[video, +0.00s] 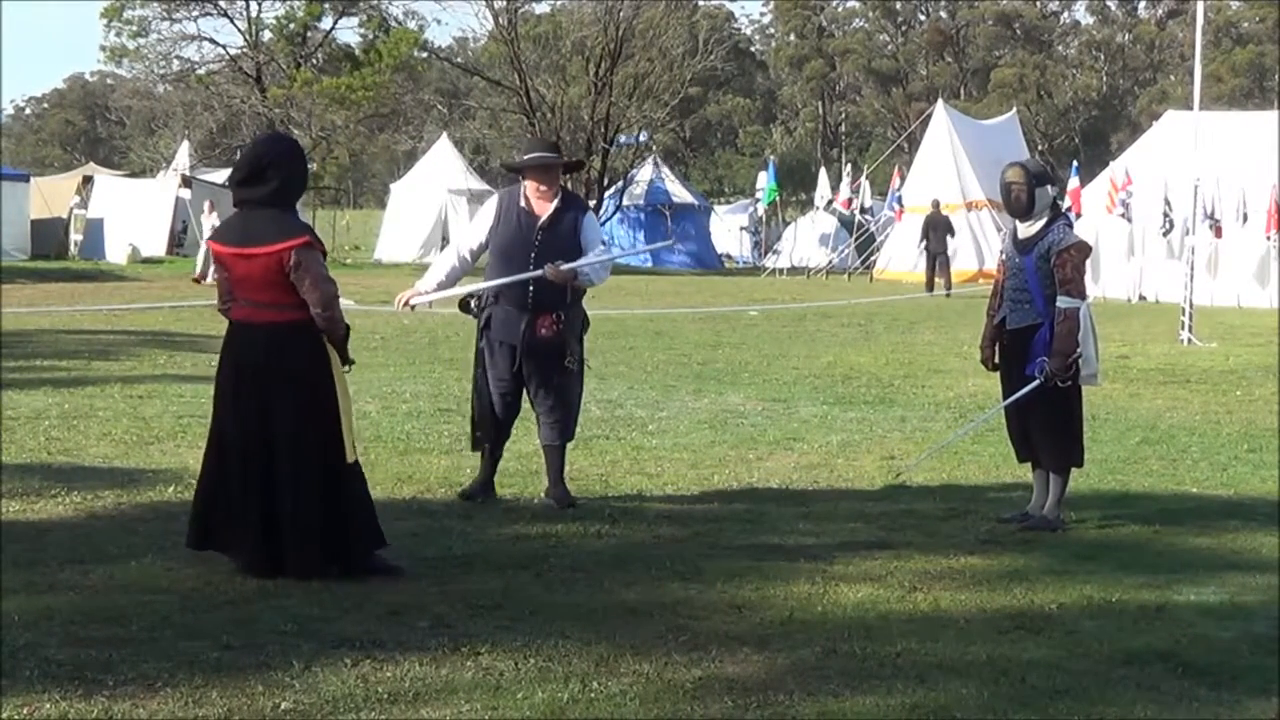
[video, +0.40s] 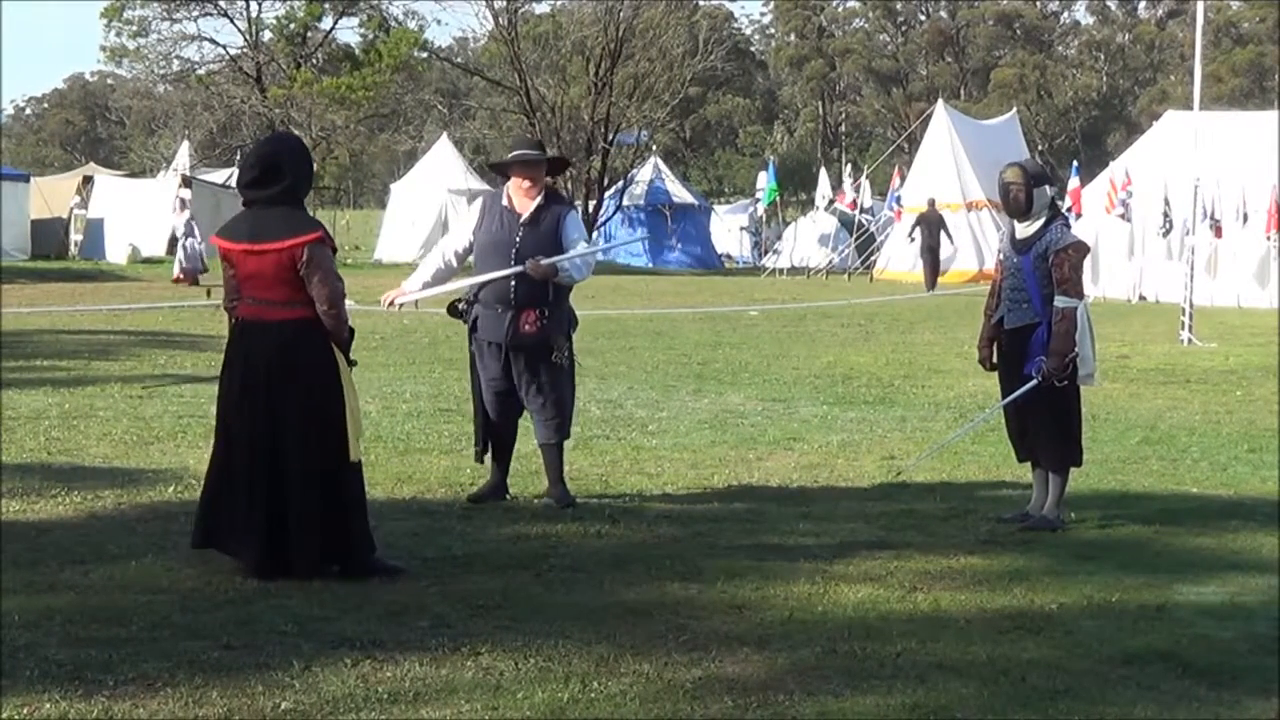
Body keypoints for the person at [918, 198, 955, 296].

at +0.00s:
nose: (933, 208)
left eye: (933, 206)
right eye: (936, 205)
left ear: (931, 206)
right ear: (939, 206)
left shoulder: (928, 217)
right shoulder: (945, 218)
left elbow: (924, 232)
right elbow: (952, 232)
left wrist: (921, 241)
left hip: (931, 247)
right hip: (942, 248)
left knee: (930, 269)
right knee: (945, 269)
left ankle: (929, 288)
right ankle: (947, 288)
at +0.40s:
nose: (931, 206)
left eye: (930, 204)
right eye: (932, 204)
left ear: (927, 204)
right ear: (935, 204)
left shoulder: (922, 215)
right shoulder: (939, 216)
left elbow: (914, 226)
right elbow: (945, 229)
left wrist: (909, 235)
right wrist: (951, 239)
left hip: (925, 244)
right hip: (935, 244)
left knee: (927, 265)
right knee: (935, 266)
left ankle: (929, 287)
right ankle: (932, 286)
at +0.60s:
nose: (931, 206)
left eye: (929, 204)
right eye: (932, 204)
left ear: (926, 204)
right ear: (934, 204)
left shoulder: (921, 215)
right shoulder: (937, 216)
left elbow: (915, 227)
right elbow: (944, 230)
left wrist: (912, 236)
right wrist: (950, 242)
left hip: (924, 244)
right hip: (934, 244)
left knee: (922, 264)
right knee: (933, 265)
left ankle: (926, 281)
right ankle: (932, 284)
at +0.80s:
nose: (928, 204)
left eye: (927, 202)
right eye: (930, 202)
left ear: (924, 203)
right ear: (932, 203)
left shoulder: (920, 214)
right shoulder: (936, 214)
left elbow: (915, 226)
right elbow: (942, 226)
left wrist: (913, 234)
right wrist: (942, 233)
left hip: (922, 243)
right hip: (933, 244)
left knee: (920, 262)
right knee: (932, 263)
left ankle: (921, 282)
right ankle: (931, 284)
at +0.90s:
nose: (927, 205)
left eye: (926, 203)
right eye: (929, 203)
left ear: (924, 204)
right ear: (931, 204)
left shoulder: (919, 214)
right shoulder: (936, 214)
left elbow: (915, 228)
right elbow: (943, 227)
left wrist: (912, 236)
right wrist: (937, 233)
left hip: (921, 243)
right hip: (932, 243)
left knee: (920, 264)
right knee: (932, 263)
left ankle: (920, 285)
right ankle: (931, 285)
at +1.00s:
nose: (926, 207)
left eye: (925, 205)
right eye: (927, 205)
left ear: (923, 205)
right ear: (930, 205)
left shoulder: (918, 216)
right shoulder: (935, 216)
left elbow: (913, 228)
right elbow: (941, 229)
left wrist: (909, 238)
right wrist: (933, 231)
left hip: (920, 245)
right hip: (930, 245)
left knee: (919, 266)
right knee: (931, 265)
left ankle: (920, 285)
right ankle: (930, 285)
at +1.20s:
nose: (926, 204)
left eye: (925, 202)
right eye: (927, 202)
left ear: (922, 203)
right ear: (929, 203)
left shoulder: (917, 214)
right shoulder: (934, 214)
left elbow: (911, 226)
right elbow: (939, 227)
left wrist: (907, 234)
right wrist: (942, 238)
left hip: (920, 243)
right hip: (930, 243)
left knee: (919, 263)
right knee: (932, 261)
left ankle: (919, 284)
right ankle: (929, 279)